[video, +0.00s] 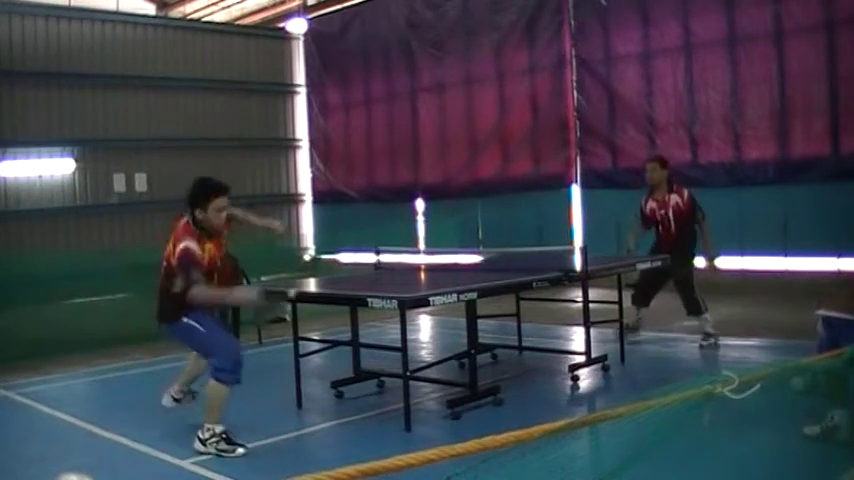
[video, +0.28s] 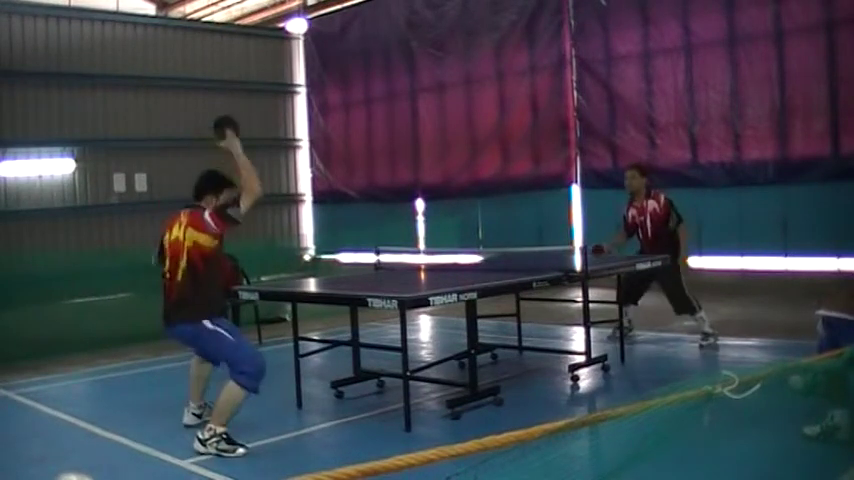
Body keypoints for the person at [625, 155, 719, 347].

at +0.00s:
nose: (649, 176)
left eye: (654, 171)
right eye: (647, 172)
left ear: (665, 172)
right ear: (646, 175)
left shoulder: (683, 195)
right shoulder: (648, 201)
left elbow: (701, 222)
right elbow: (644, 226)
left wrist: (708, 253)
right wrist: (633, 247)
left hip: (682, 251)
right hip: (660, 252)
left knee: (687, 291)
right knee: (643, 286)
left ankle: (708, 331)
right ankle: (637, 321)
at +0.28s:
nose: (628, 182)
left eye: (632, 178)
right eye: (626, 179)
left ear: (644, 180)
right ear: (626, 182)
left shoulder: (660, 201)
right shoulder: (631, 206)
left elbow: (680, 227)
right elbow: (626, 233)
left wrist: (683, 255)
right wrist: (608, 247)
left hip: (666, 256)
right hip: (645, 257)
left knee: (679, 296)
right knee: (625, 287)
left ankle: (707, 330)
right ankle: (625, 324)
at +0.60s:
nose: (624, 164)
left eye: (628, 160)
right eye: (623, 161)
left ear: (639, 163)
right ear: (621, 164)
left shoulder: (654, 187)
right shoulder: (619, 191)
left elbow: (667, 215)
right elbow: (616, 220)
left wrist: (668, 240)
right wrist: (612, 243)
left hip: (655, 246)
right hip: (633, 247)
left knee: (668, 288)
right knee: (627, 287)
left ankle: (686, 323)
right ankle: (626, 323)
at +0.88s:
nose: (643, 161)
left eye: (647, 157)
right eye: (640, 157)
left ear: (656, 159)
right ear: (637, 159)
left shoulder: (668, 185)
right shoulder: (632, 186)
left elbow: (676, 214)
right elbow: (629, 216)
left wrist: (660, 229)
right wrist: (626, 244)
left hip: (659, 245)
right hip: (636, 243)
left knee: (663, 285)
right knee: (630, 283)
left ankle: (674, 322)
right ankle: (626, 322)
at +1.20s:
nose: (663, 157)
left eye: (668, 153)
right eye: (662, 153)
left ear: (677, 157)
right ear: (660, 156)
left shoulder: (687, 183)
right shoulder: (655, 183)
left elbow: (691, 211)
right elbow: (649, 211)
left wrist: (670, 218)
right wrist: (643, 235)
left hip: (676, 238)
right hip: (654, 236)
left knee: (674, 277)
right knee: (648, 274)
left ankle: (676, 322)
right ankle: (648, 315)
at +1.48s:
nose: (676, 159)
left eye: (681, 155)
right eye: (674, 155)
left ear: (689, 158)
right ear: (670, 158)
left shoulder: (700, 184)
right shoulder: (665, 184)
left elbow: (706, 211)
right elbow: (657, 213)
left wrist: (688, 214)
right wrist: (649, 240)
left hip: (688, 235)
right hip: (667, 234)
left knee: (682, 271)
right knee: (670, 270)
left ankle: (678, 317)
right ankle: (691, 306)